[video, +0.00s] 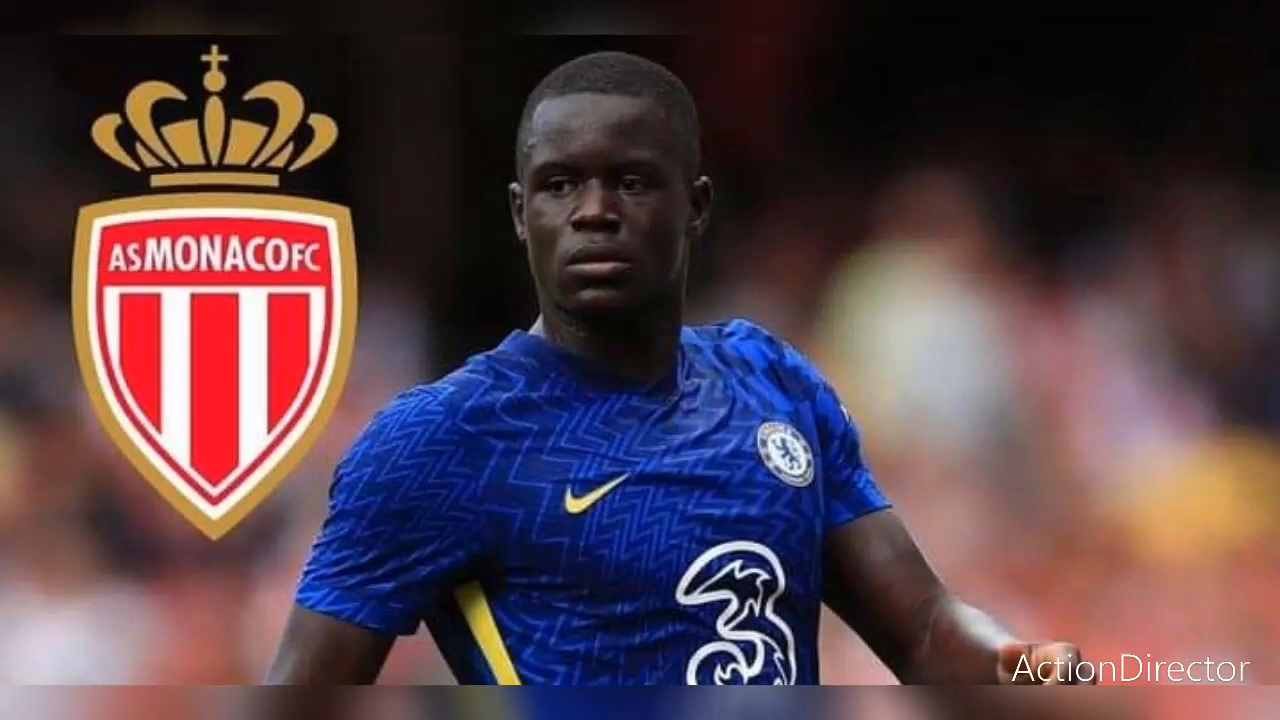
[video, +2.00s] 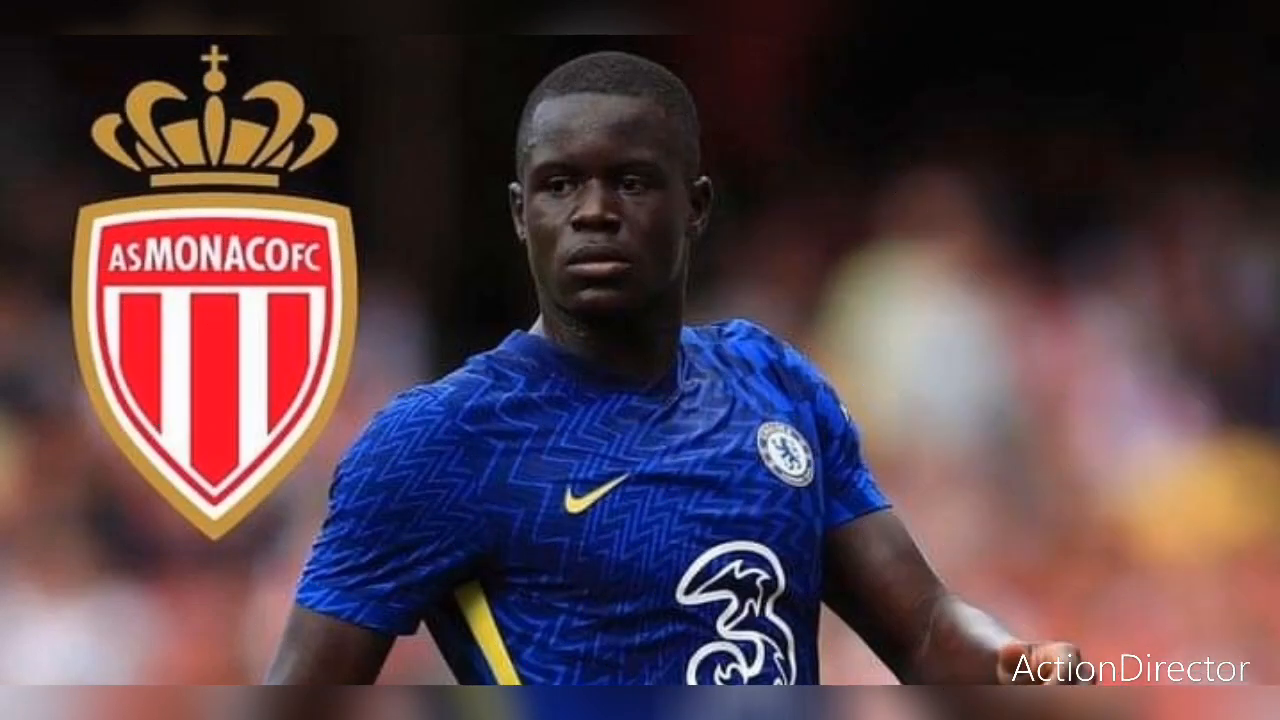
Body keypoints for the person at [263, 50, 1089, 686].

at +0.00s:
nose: (595, 209)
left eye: (633, 178)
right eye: (560, 181)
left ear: (697, 207)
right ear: (523, 215)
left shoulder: (770, 385)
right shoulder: (433, 445)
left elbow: (920, 626)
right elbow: (301, 691)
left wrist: (1018, 675)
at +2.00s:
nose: (595, 210)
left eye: (633, 178)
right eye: (560, 181)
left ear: (697, 209)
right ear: (522, 216)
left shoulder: (770, 385)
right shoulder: (433, 444)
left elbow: (921, 626)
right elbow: (301, 691)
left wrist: (1021, 675)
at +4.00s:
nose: (600, 209)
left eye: (636, 177)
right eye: (562, 180)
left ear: (698, 206)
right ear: (521, 213)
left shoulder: (773, 388)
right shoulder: (431, 444)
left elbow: (920, 625)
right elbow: (301, 691)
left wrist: (1019, 673)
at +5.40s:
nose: (596, 210)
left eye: (633, 178)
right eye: (560, 181)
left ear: (696, 207)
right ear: (522, 215)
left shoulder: (770, 385)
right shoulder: (433, 444)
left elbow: (921, 625)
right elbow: (301, 691)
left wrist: (1020, 674)